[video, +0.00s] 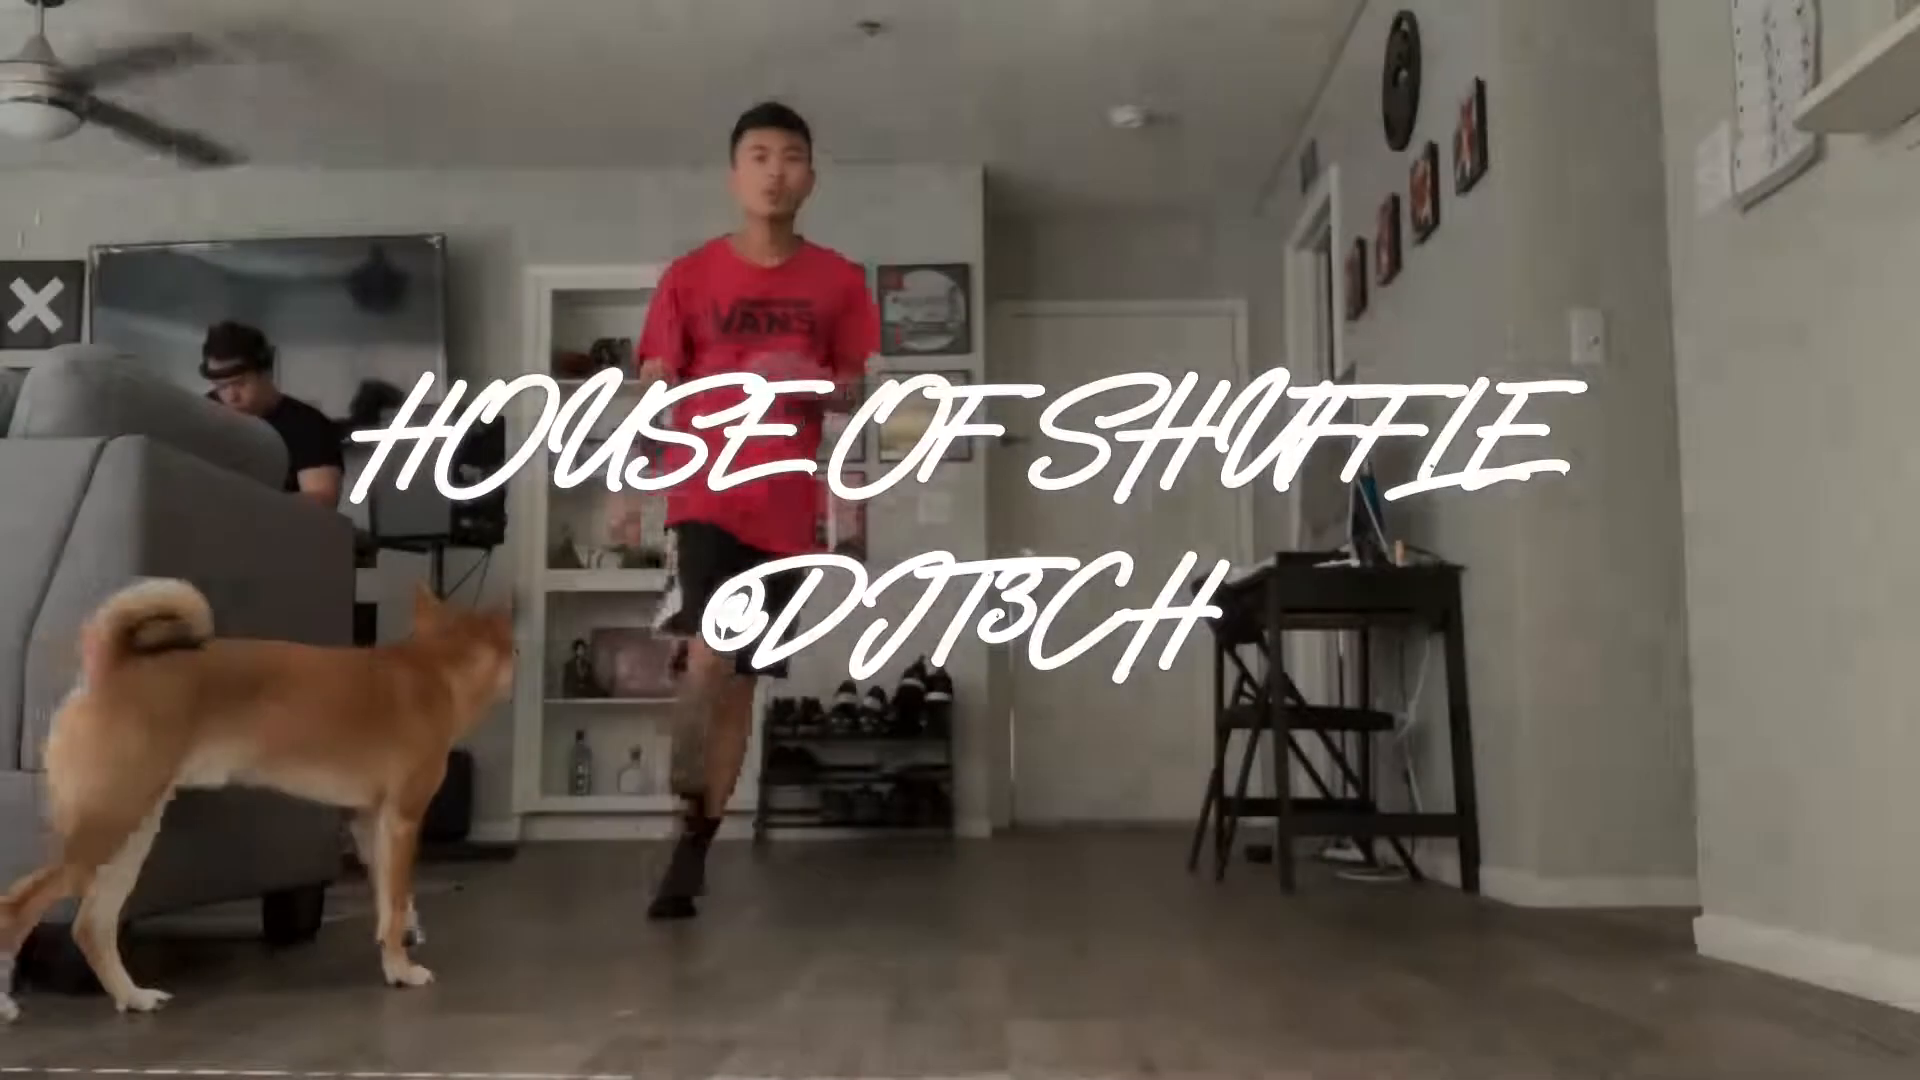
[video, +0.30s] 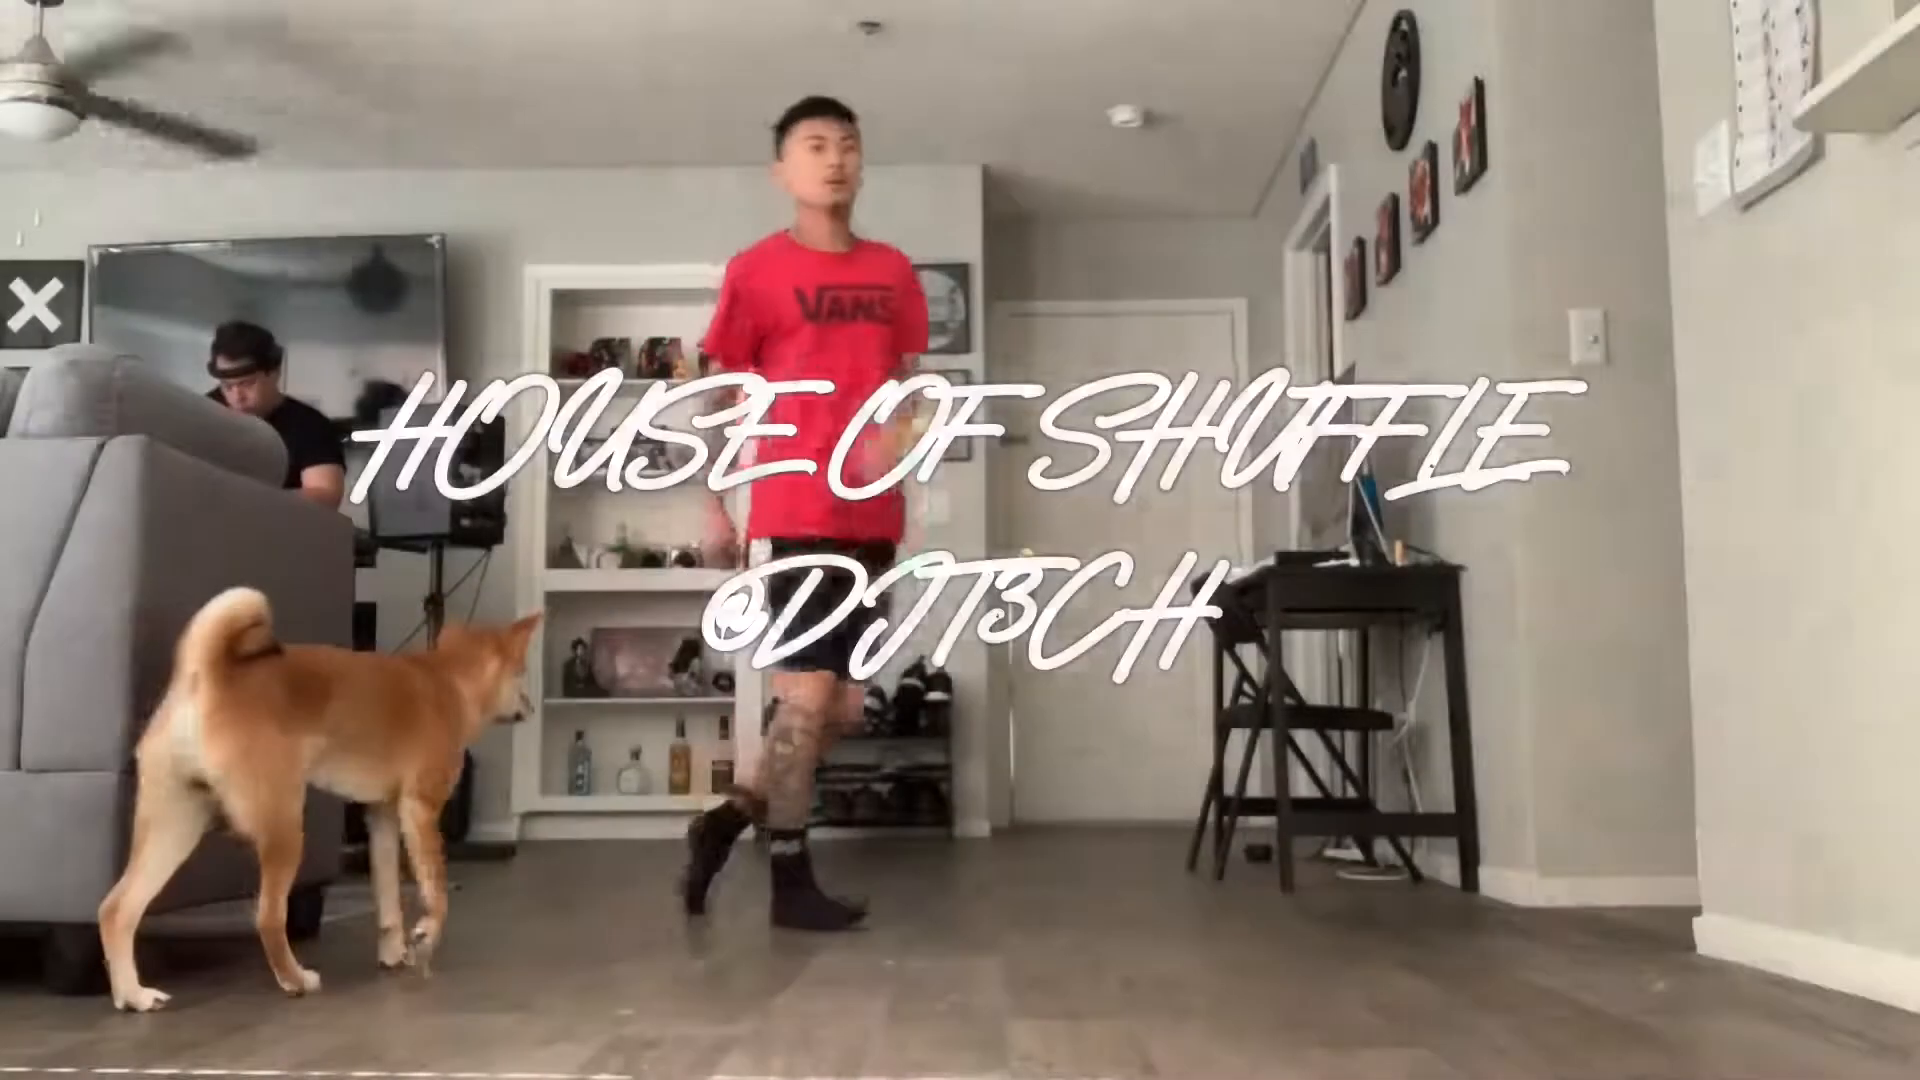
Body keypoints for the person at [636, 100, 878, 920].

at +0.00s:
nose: (776, 170)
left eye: (791, 158)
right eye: (760, 157)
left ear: (811, 177)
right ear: (732, 173)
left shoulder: (839, 281)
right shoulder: (688, 277)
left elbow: (862, 397)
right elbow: (652, 393)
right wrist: (628, 484)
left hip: (793, 503)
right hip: (705, 495)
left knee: (740, 682)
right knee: (709, 657)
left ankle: (695, 850)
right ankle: (691, 824)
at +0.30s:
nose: (836, 158)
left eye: (846, 147)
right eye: (817, 147)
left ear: (862, 167)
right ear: (781, 168)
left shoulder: (892, 270)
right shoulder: (754, 271)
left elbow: (909, 390)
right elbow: (719, 398)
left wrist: (916, 438)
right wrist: (714, 502)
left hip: (873, 510)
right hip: (788, 509)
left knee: (844, 706)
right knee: (802, 690)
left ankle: (725, 823)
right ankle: (791, 880)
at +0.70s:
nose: (1012, 192)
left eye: (1014, 181)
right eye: (996, 178)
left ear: (1007, 203)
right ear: (944, 196)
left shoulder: (991, 305)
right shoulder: (921, 282)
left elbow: (994, 411)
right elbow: (893, 405)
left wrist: (1042, 474)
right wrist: (997, 439)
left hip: (1047, 541)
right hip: (980, 548)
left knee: (1121, 687)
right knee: (969, 722)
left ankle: (1117, 884)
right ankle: (821, 854)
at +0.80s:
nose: (1014, 188)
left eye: (1017, 177)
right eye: (997, 175)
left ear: (1014, 198)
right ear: (948, 194)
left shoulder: (1000, 307)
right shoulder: (919, 286)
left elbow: (1010, 417)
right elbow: (912, 413)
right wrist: (1011, 444)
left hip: (1050, 537)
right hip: (984, 543)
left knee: (1126, 685)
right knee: (978, 725)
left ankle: (1117, 883)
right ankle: (829, 847)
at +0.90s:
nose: (996, 149)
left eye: (1003, 137)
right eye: (977, 134)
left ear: (1007, 159)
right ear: (932, 152)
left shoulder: (999, 272)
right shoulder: (903, 241)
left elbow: (1008, 379)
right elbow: (865, 362)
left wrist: (1036, 397)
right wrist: (970, 418)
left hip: (1021, 508)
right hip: (945, 508)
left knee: (1081, 671)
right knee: (941, 687)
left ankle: (1111, 861)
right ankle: (823, 848)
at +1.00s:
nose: (968, 119)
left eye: (977, 107)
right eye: (949, 105)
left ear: (985, 134)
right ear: (908, 129)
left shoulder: (983, 245)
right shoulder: (874, 215)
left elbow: (980, 370)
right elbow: (821, 333)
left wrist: (1007, 327)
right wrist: (902, 387)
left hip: (989, 490)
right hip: (912, 487)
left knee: (1026, 660)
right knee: (912, 661)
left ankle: (1016, 849)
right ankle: (822, 844)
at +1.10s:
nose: (939, 127)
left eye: (950, 115)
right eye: (921, 115)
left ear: (965, 137)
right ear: (885, 136)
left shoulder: (972, 252)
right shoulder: (848, 227)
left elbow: (988, 376)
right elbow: (796, 347)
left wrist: (995, 327)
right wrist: (868, 410)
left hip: (963, 496)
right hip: (882, 493)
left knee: (953, 677)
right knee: (887, 670)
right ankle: (814, 851)